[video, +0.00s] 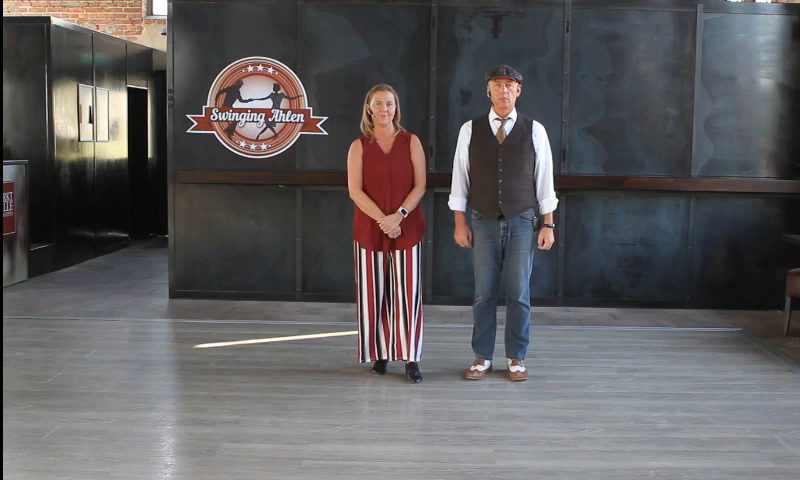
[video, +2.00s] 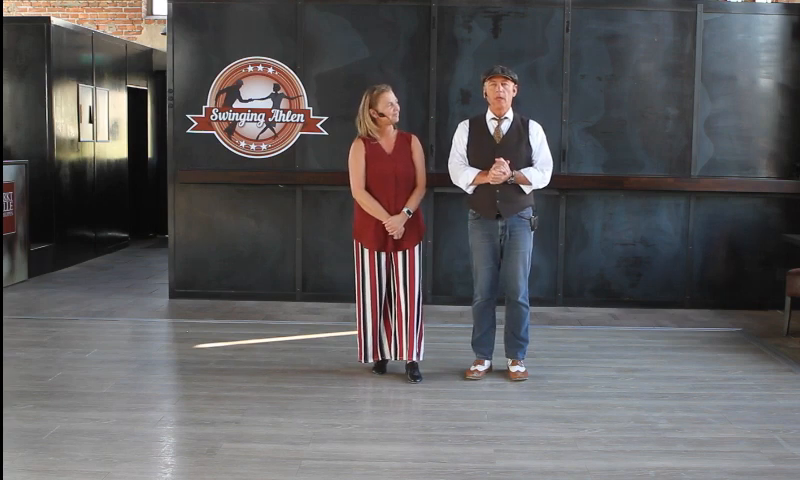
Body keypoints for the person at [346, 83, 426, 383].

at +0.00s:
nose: (384, 108)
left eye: (389, 103)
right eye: (378, 103)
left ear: (396, 108)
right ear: (369, 108)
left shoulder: (412, 142)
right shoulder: (358, 146)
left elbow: (421, 186)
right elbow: (354, 191)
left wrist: (398, 215)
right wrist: (385, 220)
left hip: (406, 230)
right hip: (370, 231)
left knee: (408, 294)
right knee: (374, 294)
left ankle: (411, 358)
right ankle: (379, 355)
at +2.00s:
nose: (396, 108)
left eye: (396, 103)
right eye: (389, 105)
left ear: (398, 107)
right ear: (373, 112)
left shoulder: (412, 142)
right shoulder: (360, 145)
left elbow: (421, 186)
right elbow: (357, 190)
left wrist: (403, 215)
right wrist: (390, 220)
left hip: (407, 230)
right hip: (372, 231)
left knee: (409, 294)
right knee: (374, 294)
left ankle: (412, 357)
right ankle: (379, 354)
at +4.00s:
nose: (388, 110)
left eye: (393, 106)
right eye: (383, 104)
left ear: (400, 110)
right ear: (373, 107)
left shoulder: (411, 143)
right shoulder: (358, 144)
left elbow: (419, 187)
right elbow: (355, 189)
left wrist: (399, 216)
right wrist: (386, 220)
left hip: (405, 231)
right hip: (370, 231)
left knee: (407, 296)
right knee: (373, 295)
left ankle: (406, 359)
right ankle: (379, 356)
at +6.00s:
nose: (394, 108)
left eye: (396, 104)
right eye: (387, 105)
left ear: (400, 107)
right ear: (373, 109)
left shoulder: (411, 143)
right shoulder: (359, 145)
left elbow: (420, 187)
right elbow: (356, 190)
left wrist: (400, 216)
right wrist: (387, 220)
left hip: (405, 230)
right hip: (370, 231)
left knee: (406, 295)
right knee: (373, 295)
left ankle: (405, 359)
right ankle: (378, 356)